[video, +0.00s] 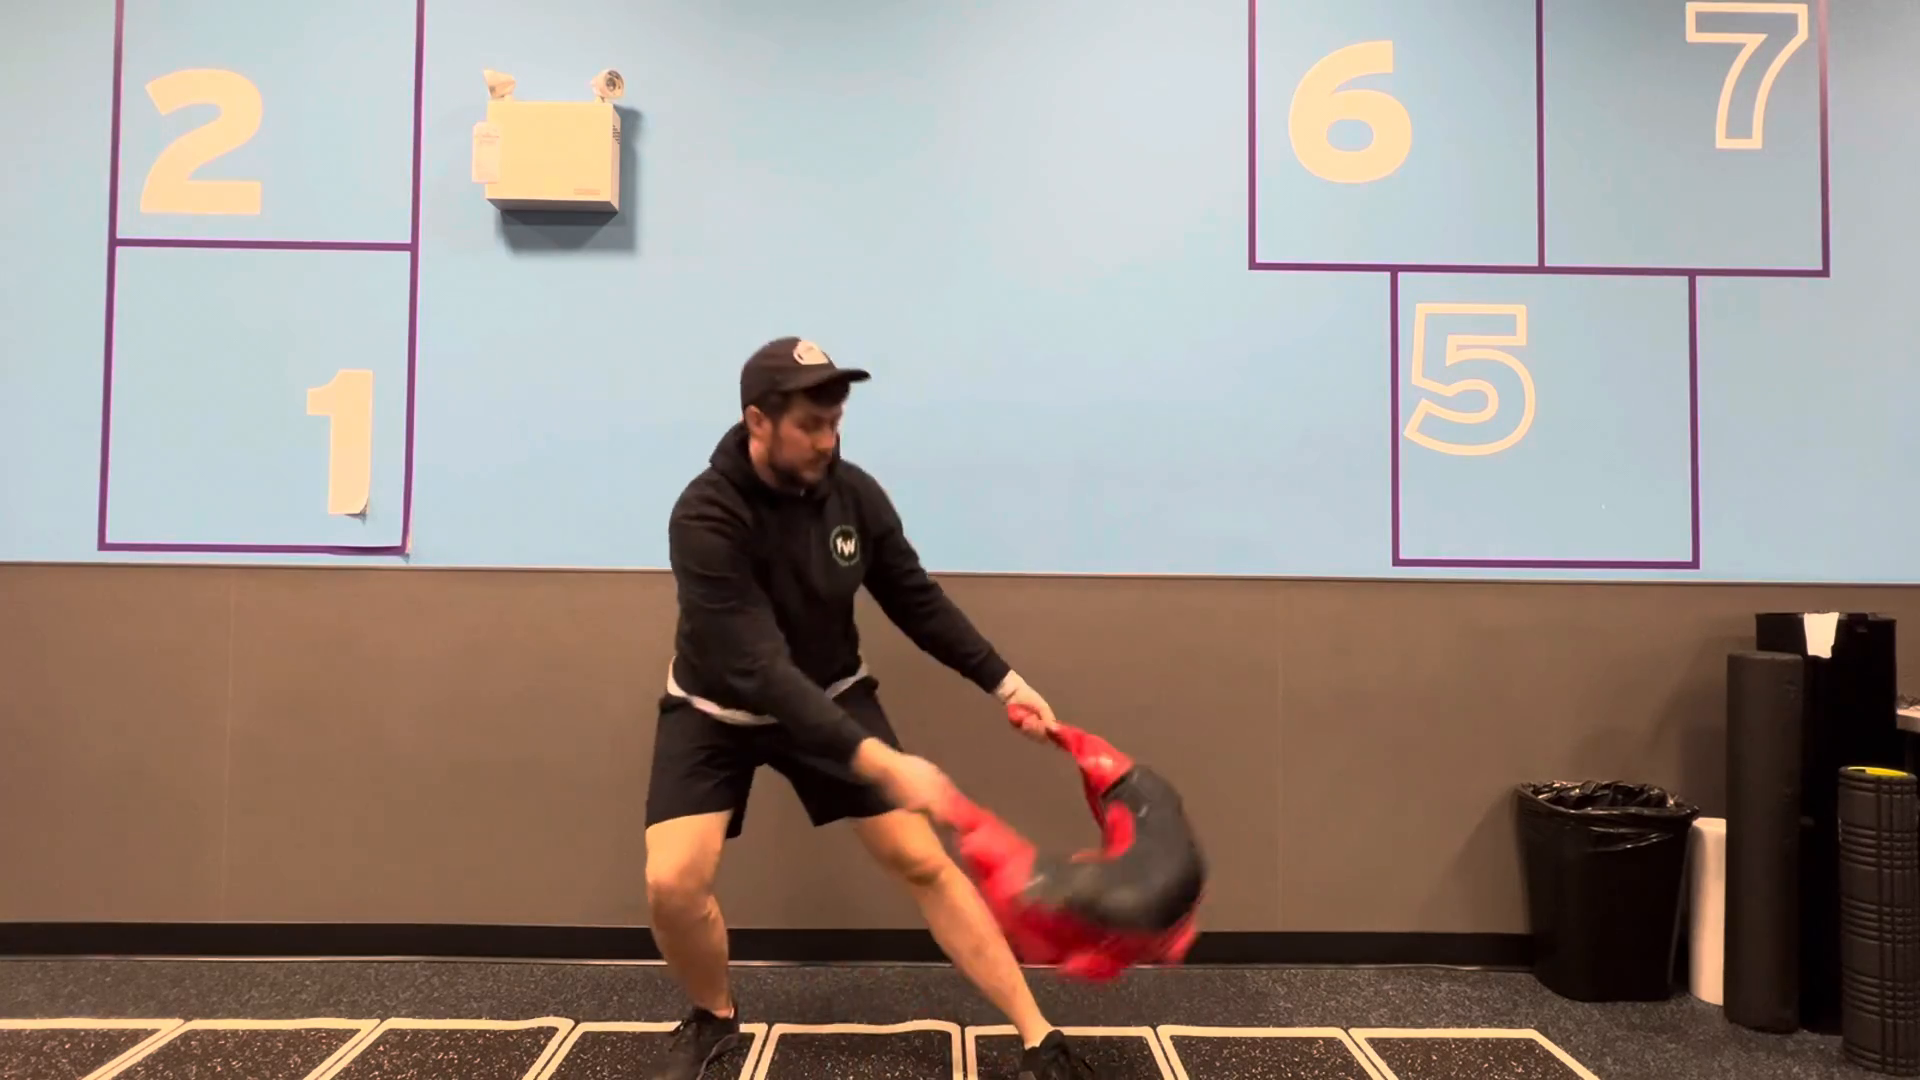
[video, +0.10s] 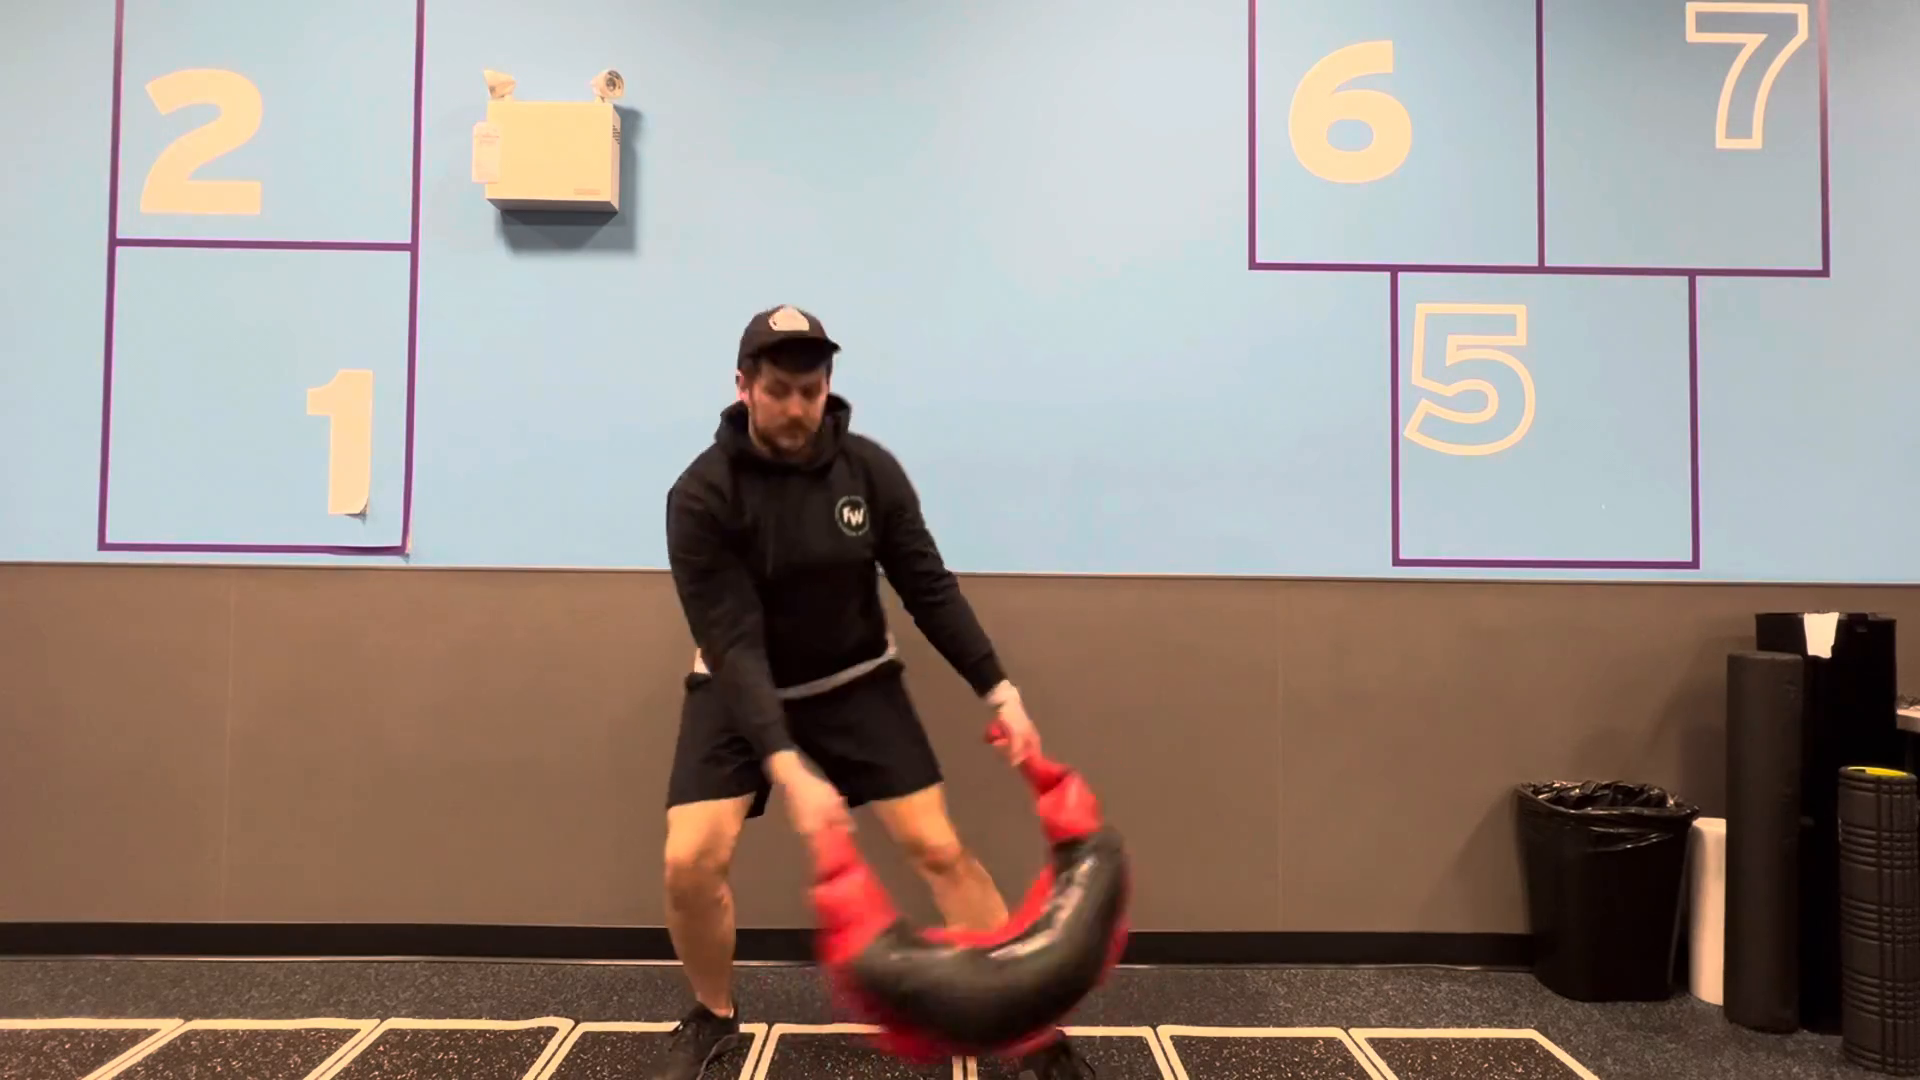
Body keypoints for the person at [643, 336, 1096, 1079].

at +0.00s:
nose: (827, 439)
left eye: (833, 420)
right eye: (810, 423)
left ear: (842, 416)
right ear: (757, 425)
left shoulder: (853, 497)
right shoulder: (707, 518)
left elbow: (916, 601)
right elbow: (761, 670)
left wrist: (1008, 684)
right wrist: (883, 762)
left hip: (832, 698)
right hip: (712, 708)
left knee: (922, 860)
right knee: (672, 885)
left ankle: (1040, 1039)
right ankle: (714, 1021)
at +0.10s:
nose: (797, 409)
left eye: (811, 390)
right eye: (777, 391)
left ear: (829, 388)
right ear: (743, 388)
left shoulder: (868, 471)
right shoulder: (701, 499)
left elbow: (929, 588)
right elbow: (733, 646)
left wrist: (998, 690)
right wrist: (786, 765)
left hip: (855, 682)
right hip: (736, 691)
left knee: (940, 850)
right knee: (687, 865)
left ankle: (1030, 1029)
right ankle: (714, 1016)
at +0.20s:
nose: (764, 378)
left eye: (783, 361)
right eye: (755, 360)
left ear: (830, 363)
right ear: (745, 363)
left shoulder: (893, 453)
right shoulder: (722, 470)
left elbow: (935, 588)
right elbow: (716, 613)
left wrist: (943, 721)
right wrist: (705, 744)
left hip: (889, 670)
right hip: (775, 677)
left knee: (967, 829)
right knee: (726, 836)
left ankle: (1040, 1034)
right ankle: (719, 1030)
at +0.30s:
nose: (770, 365)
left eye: (787, 350)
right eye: (768, 349)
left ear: (841, 354)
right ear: (776, 354)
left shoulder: (914, 452)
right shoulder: (769, 454)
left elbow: (904, 604)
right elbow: (743, 584)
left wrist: (844, 734)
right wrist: (680, 695)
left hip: (943, 650)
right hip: (831, 651)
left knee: (1008, 833)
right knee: (758, 823)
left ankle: (1044, 1041)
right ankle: (717, 1028)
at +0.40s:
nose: (793, 380)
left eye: (804, 363)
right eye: (793, 363)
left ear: (858, 366)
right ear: (844, 368)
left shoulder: (929, 468)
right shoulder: (824, 463)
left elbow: (852, 615)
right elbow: (784, 578)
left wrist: (735, 713)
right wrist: (694, 662)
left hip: (991, 673)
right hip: (878, 670)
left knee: (1052, 858)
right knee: (797, 840)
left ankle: (1048, 1046)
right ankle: (718, 1011)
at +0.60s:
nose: (818, 425)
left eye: (827, 408)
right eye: (818, 408)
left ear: (875, 412)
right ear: (867, 412)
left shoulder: (929, 501)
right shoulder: (868, 491)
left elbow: (801, 599)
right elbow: (804, 596)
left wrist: (635, 636)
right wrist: (688, 639)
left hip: (1036, 702)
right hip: (924, 696)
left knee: (1091, 898)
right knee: (829, 854)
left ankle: (1050, 1051)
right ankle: (716, 1014)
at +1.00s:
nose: (836, 403)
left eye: (850, 386)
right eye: (835, 386)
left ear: (906, 386)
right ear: (887, 389)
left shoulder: (962, 487)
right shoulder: (866, 476)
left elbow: (866, 624)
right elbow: (828, 588)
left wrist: (735, 703)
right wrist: (734, 661)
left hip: (1026, 692)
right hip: (911, 689)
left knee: (1076, 891)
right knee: (820, 855)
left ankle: (1048, 1050)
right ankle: (715, 1016)